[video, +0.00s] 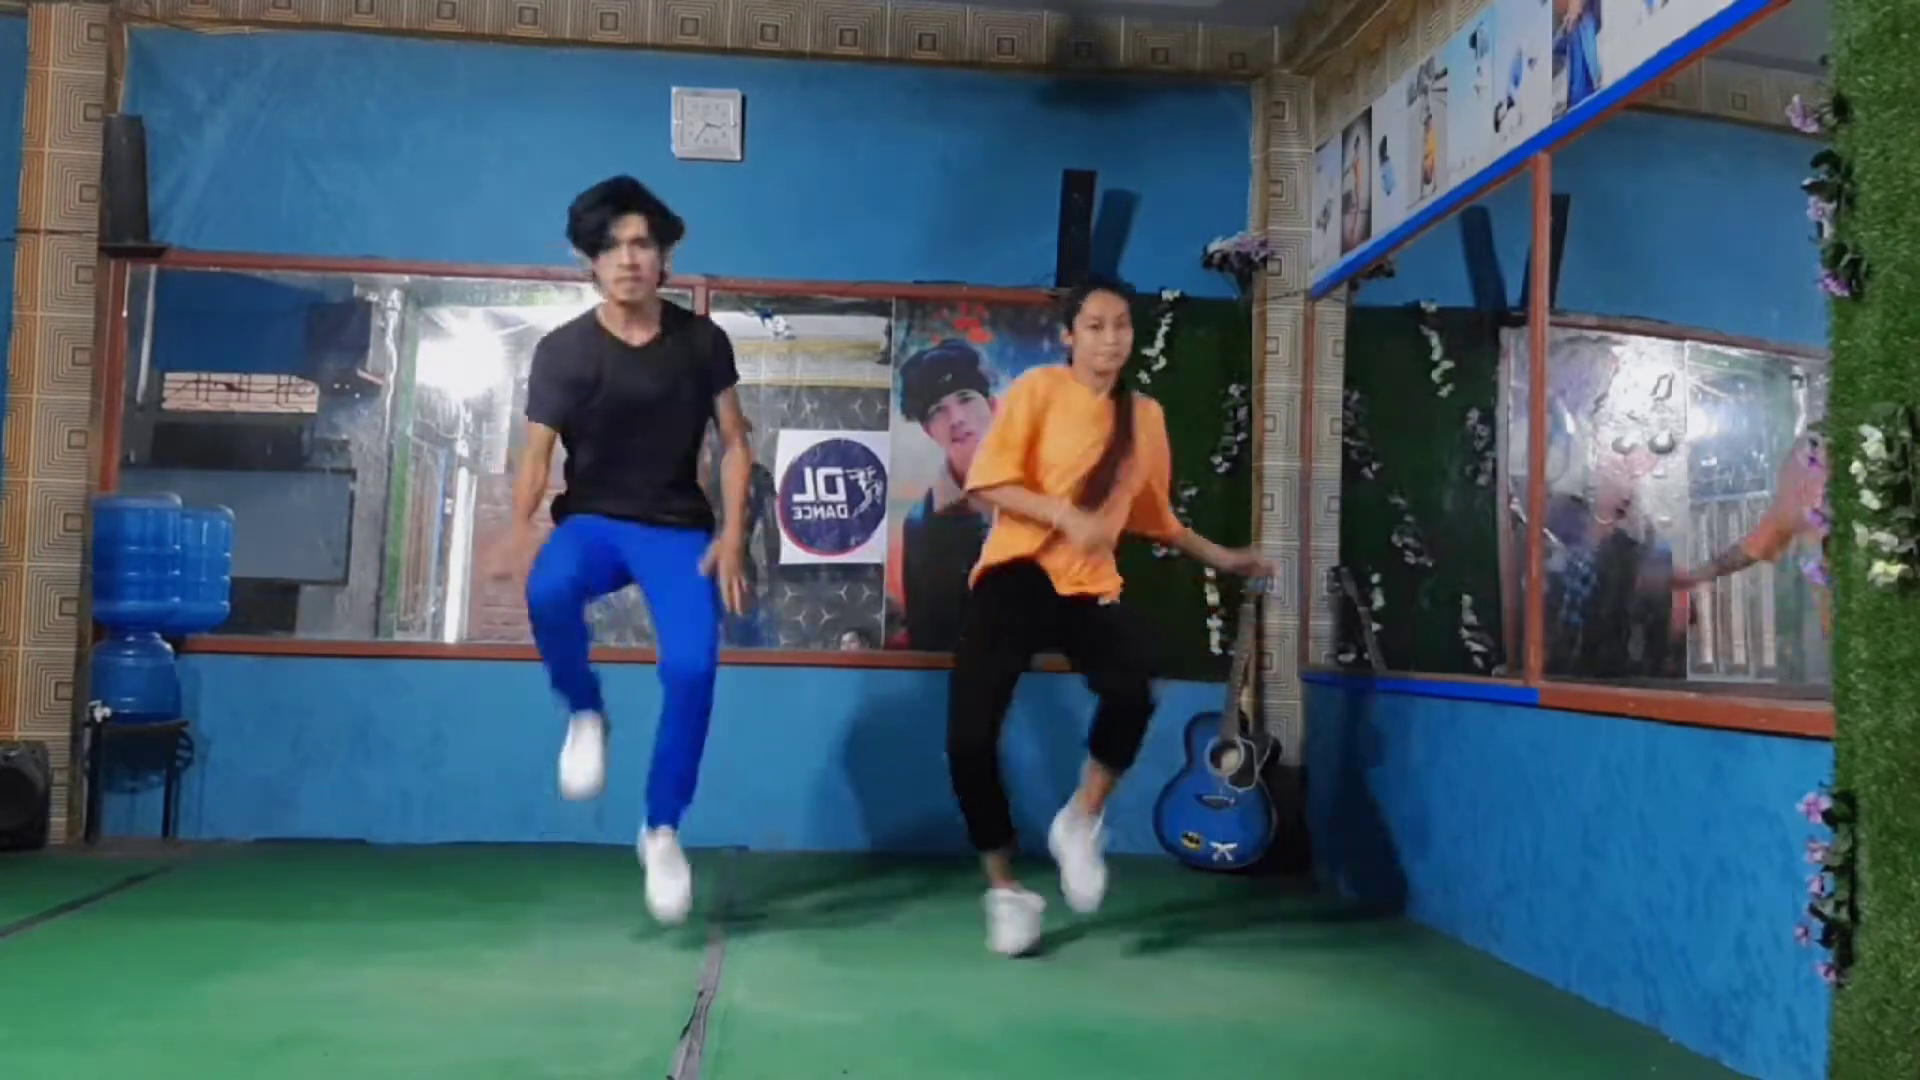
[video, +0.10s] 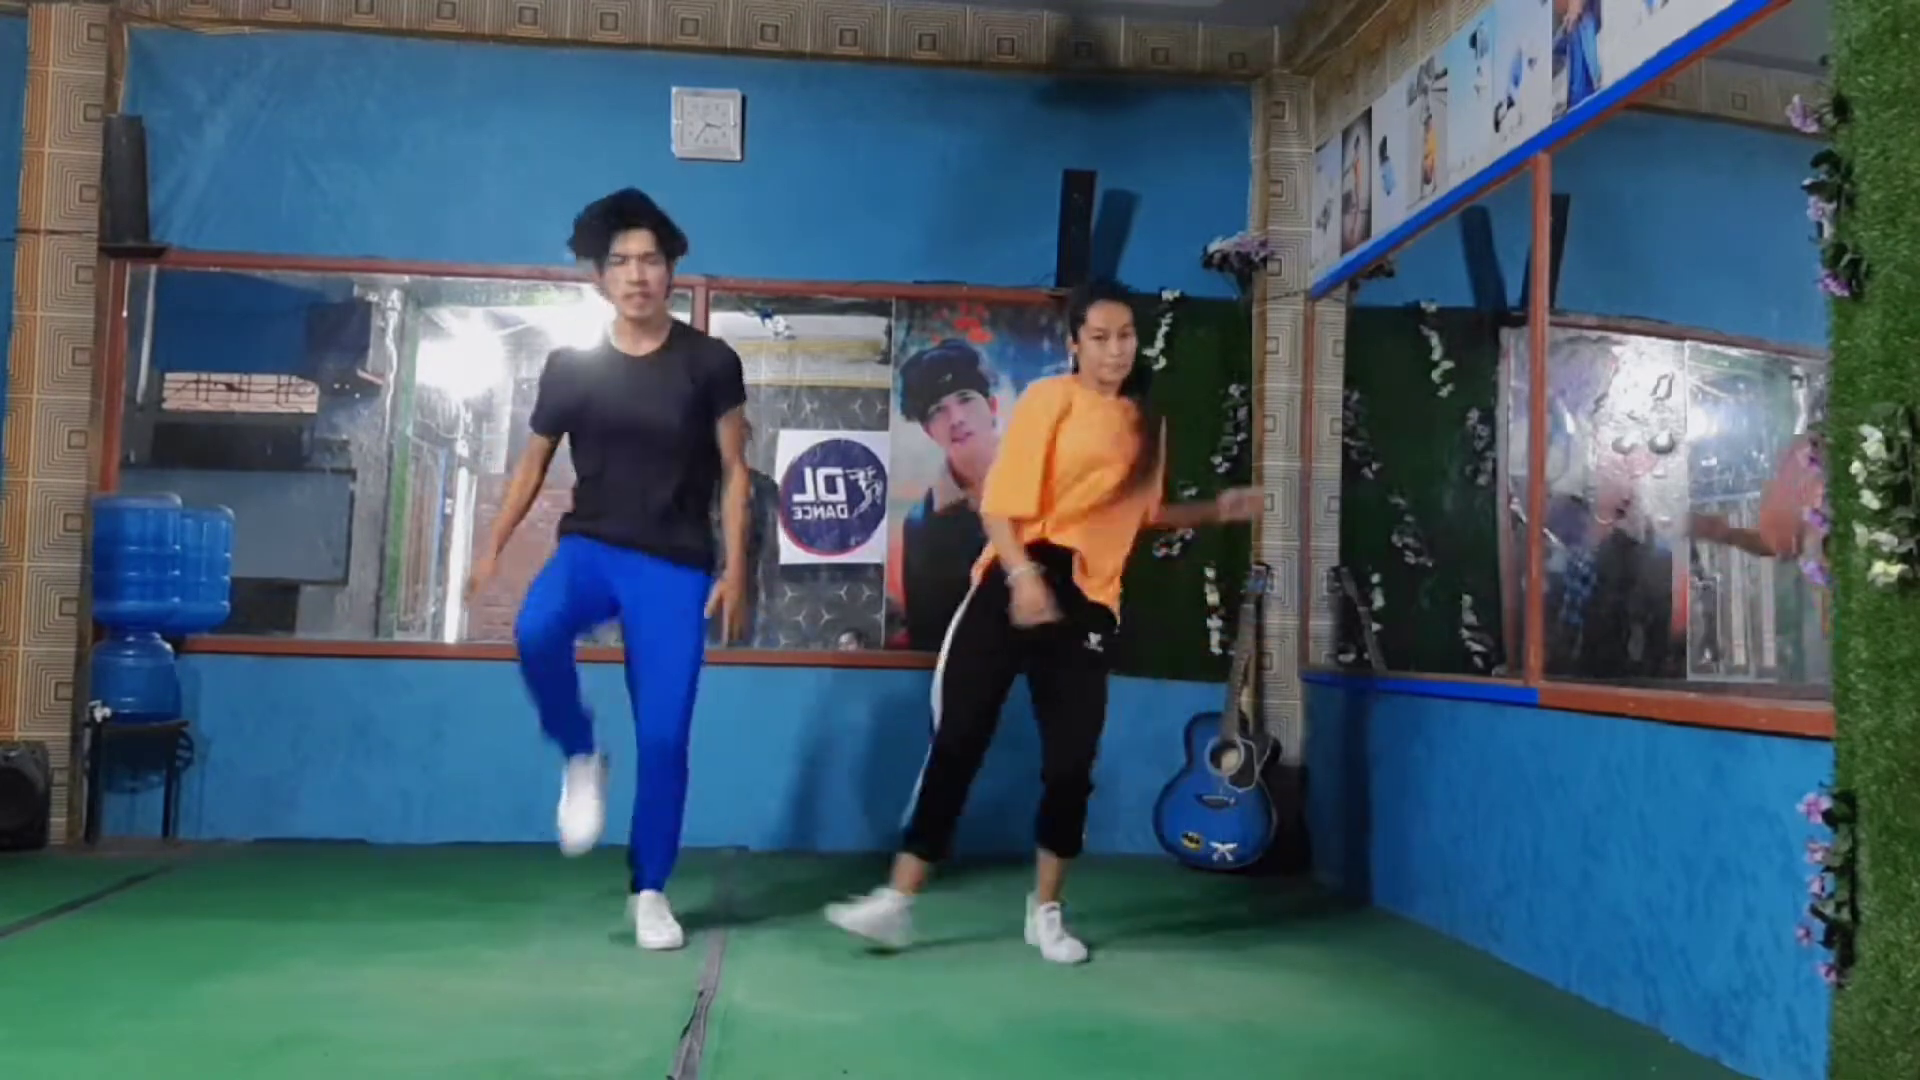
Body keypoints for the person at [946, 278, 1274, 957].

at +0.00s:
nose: (1110, 339)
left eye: (1121, 326)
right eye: (1095, 326)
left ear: (1134, 336)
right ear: (1070, 335)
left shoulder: (1145, 418)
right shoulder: (1036, 390)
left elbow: (1155, 519)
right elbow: (985, 482)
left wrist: (1225, 557)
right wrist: (1067, 516)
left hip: (1089, 587)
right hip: (1013, 578)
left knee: (1131, 691)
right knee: (969, 737)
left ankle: (1081, 823)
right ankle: (1004, 891)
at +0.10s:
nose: (1115, 349)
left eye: (1126, 335)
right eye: (1101, 336)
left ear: (1139, 343)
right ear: (1075, 343)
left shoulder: (1148, 424)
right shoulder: (1048, 398)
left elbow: (1141, 515)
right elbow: (998, 501)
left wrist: (1215, 509)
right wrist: (1023, 575)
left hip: (1085, 601)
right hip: (1010, 583)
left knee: (1072, 765)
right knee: (958, 741)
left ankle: (1046, 912)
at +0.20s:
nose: (1110, 356)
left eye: (1120, 342)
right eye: (1095, 343)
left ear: (1133, 349)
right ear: (1070, 350)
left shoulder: (1140, 433)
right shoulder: (1043, 411)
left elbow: (1140, 513)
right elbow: (1001, 504)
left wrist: (1190, 506)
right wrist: (981, 558)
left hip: (1094, 605)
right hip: (1021, 584)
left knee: (1066, 767)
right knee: (951, 727)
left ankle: (1048, 912)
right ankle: (889, 883)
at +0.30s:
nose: (1099, 347)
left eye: (1110, 335)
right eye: (1085, 334)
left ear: (1124, 345)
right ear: (1059, 343)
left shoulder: (1145, 421)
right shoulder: (1021, 404)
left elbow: (1173, 507)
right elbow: (966, 491)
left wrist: (1148, 537)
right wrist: (958, 496)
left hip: (1089, 588)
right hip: (1008, 573)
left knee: (1073, 761)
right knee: (990, 671)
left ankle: (1049, 912)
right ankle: (965, 823)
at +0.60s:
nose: (1090, 361)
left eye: (1097, 349)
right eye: (1079, 349)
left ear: (1101, 350)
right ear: (1041, 347)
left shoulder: (1068, 412)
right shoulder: (1014, 397)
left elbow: (1073, 520)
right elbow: (958, 491)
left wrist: (1155, 527)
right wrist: (1017, 500)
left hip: (1052, 596)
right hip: (1006, 600)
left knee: (1139, 725)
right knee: (1054, 756)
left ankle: (1059, 850)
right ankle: (994, 913)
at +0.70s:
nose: (1091, 361)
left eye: (1095, 348)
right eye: (1079, 351)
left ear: (1093, 347)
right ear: (1041, 349)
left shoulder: (1055, 406)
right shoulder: (1019, 389)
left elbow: (1059, 508)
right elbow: (936, 447)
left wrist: (1137, 504)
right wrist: (985, 471)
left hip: (1034, 585)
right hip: (1002, 589)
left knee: (1106, 722)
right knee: (1088, 724)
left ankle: (994, 825)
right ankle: (1033, 880)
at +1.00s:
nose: (1051, 363)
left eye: (1061, 353)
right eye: (1039, 350)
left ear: (1070, 361)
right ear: (1008, 351)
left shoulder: (1063, 429)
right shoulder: (963, 421)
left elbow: (1082, 532)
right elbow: (900, 500)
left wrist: (1144, 520)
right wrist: (894, 531)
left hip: (1027, 605)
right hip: (974, 605)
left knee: (1021, 760)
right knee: (1087, 696)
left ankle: (928, 898)